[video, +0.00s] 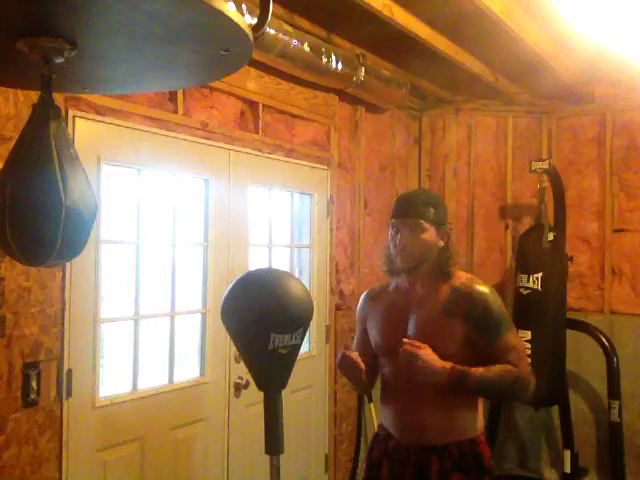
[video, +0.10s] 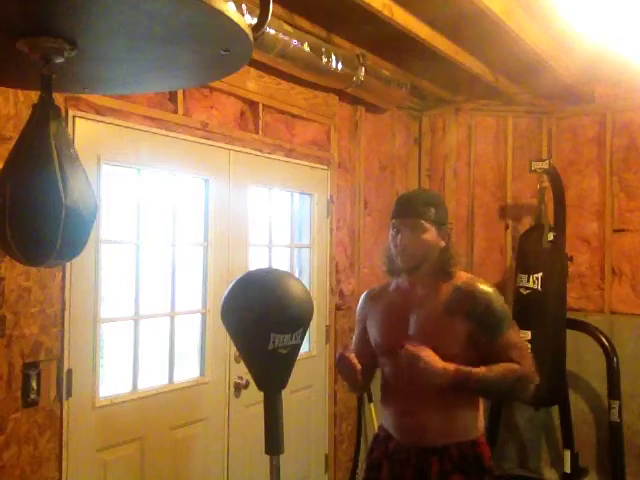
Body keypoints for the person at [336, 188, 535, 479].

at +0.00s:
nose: (401, 240)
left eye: (416, 230)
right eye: (396, 230)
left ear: (442, 238)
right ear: (388, 237)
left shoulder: (473, 297)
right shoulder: (372, 302)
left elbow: (521, 379)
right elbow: (365, 383)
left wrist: (445, 371)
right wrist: (352, 371)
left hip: (456, 456)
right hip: (391, 454)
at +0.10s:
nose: (402, 241)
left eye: (416, 230)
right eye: (397, 231)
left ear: (443, 238)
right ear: (389, 238)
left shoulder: (476, 297)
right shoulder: (373, 302)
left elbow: (524, 376)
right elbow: (360, 381)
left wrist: (446, 372)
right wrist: (349, 371)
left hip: (457, 457)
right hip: (391, 455)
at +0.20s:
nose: (405, 241)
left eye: (420, 230)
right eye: (400, 231)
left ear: (446, 238)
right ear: (393, 238)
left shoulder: (481, 298)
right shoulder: (376, 304)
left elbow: (534, 372)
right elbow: (361, 381)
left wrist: (455, 376)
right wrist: (344, 378)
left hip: (461, 460)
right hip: (395, 457)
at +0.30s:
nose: (408, 240)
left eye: (423, 230)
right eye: (404, 231)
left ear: (450, 238)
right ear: (396, 238)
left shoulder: (486, 298)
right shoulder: (378, 302)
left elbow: (542, 372)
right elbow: (370, 369)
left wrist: (466, 385)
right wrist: (356, 389)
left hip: (464, 461)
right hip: (397, 459)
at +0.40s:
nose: (411, 242)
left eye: (427, 231)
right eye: (406, 231)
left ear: (453, 238)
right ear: (399, 238)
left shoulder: (489, 298)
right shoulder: (379, 302)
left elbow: (542, 375)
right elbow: (370, 366)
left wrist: (475, 392)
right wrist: (364, 396)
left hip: (466, 462)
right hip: (399, 461)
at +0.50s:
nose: (413, 241)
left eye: (428, 230)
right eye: (407, 231)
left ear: (453, 238)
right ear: (400, 237)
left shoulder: (489, 298)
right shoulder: (379, 300)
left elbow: (541, 376)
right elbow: (368, 365)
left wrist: (470, 393)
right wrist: (363, 393)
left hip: (465, 461)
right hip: (398, 459)